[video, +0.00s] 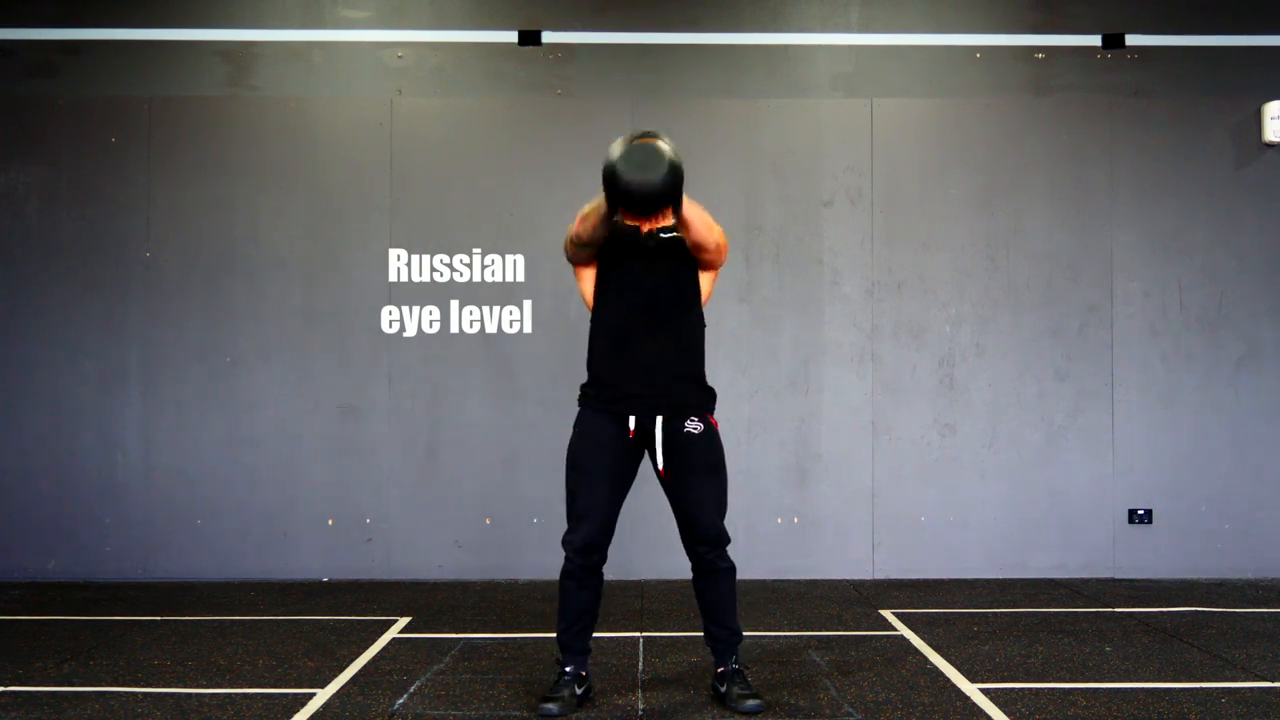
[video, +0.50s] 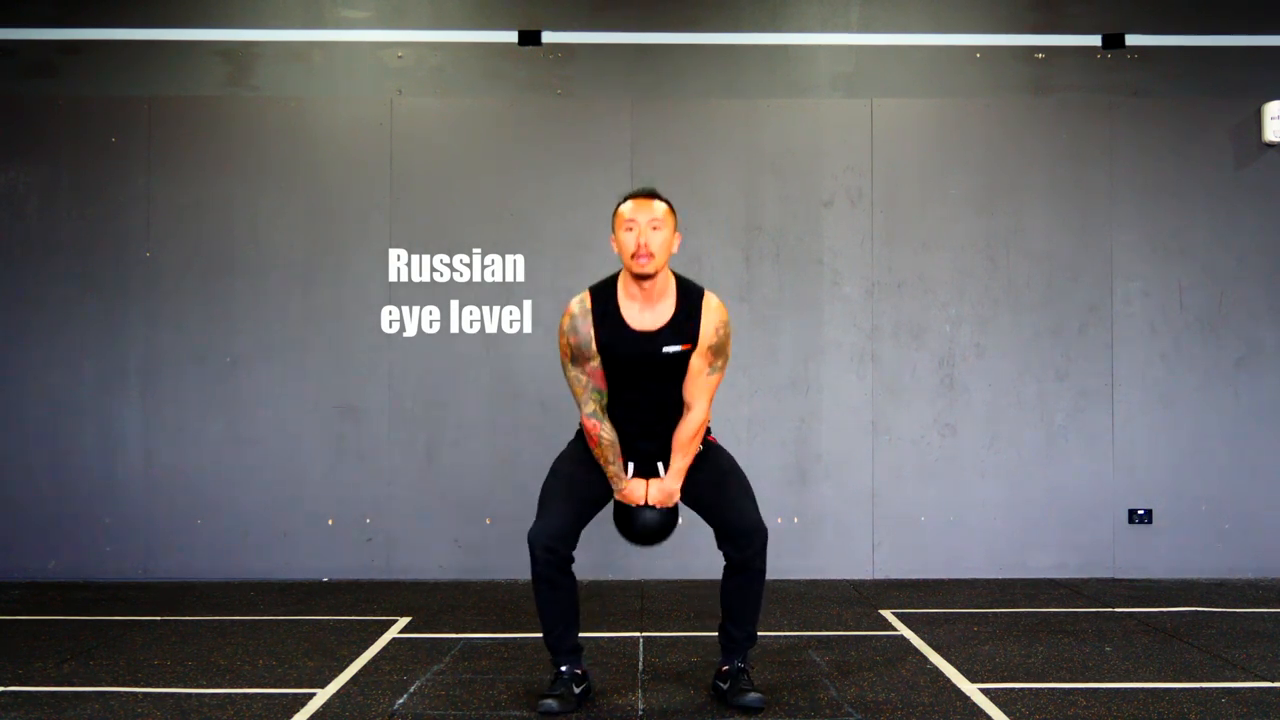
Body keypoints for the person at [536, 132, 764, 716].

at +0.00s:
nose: (646, 225)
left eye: (656, 216)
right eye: (635, 217)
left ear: (675, 205)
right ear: (615, 208)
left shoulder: (701, 252)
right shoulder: (591, 247)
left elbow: (713, 242)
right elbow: (580, 235)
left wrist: (674, 193)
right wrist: (614, 199)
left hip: (684, 413)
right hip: (607, 411)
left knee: (709, 543)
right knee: (583, 544)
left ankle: (729, 669)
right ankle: (572, 671)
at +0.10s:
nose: (648, 169)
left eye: (659, 160)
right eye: (636, 160)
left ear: (676, 177)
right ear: (619, 177)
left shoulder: (702, 240)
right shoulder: (592, 240)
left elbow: (706, 270)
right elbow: (583, 262)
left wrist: (677, 275)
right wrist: (605, 269)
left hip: (684, 413)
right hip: (607, 413)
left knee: (712, 542)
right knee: (581, 543)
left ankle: (729, 670)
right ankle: (571, 672)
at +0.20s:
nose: (648, 169)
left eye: (659, 161)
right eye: (635, 161)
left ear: (676, 177)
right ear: (618, 177)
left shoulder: (705, 248)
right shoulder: (587, 248)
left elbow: (701, 311)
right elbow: (592, 306)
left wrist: (674, 354)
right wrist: (621, 348)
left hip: (685, 412)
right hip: (606, 412)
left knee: (721, 542)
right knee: (572, 544)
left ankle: (730, 669)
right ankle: (571, 672)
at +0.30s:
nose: (647, 180)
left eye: (658, 171)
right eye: (634, 172)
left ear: (676, 186)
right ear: (616, 188)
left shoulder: (707, 267)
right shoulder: (584, 267)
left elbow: (698, 359)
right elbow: (595, 358)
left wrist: (674, 431)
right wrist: (621, 430)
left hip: (686, 421)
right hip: (604, 420)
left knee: (735, 547)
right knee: (558, 545)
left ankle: (731, 671)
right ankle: (570, 673)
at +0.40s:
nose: (645, 206)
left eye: (656, 197)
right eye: (632, 197)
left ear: (675, 211)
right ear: (615, 213)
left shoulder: (707, 290)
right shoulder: (584, 291)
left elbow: (697, 391)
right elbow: (594, 393)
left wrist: (675, 467)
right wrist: (619, 468)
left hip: (686, 440)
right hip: (604, 438)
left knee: (744, 538)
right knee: (549, 540)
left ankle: (733, 670)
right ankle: (568, 672)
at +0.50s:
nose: (641, 238)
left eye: (654, 226)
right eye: (629, 226)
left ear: (675, 240)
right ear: (614, 240)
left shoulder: (708, 313)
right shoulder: (582, 316)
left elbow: (697, 410)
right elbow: (593, 412)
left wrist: (675, 477)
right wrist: (619, 479)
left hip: (685, 445)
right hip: (605, 446)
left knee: (747, 534)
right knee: (548, 539)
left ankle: (734, 669)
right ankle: (568, 673)